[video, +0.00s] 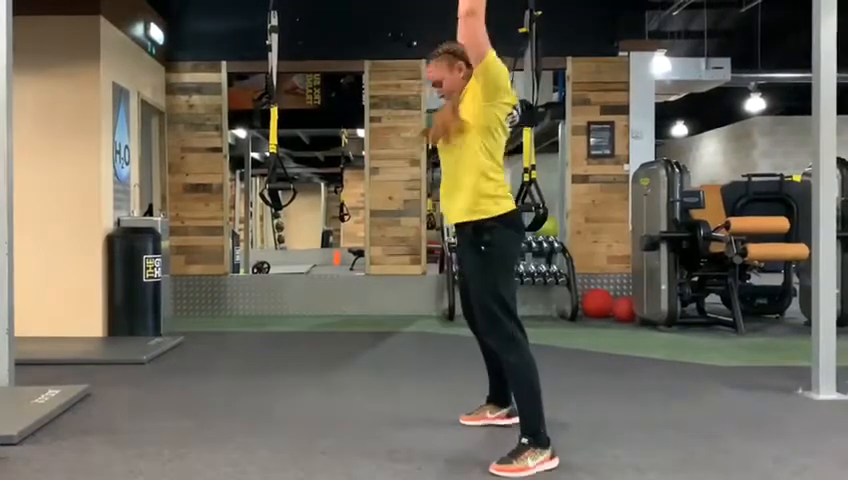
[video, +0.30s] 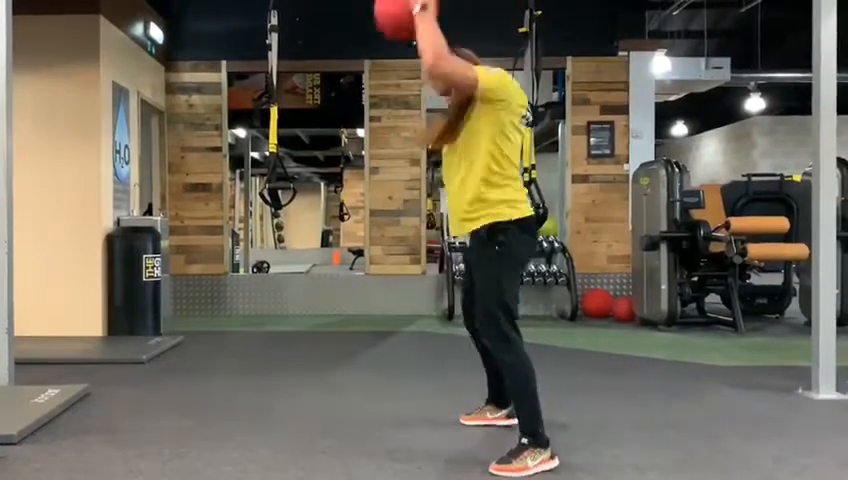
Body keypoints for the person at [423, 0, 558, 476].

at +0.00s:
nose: (437, 89)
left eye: (441, 81)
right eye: (434, 84)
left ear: (462, 68)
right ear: (448, 77)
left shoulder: (490, 85)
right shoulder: (454, 106)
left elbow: (472, 13)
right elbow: (436, 137)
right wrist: (453, 109)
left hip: (491, 224)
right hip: (468, 226)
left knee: (501, 326)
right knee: (478, 317)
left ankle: (538, 443)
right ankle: (501, 402)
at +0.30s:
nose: (444, 77)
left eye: (450, 70)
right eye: (443, 72)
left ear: (475, 64)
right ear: (462, 71)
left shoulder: (502, 85)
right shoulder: (468, 107)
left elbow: (438, 68)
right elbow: (434, 141)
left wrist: (425, 18)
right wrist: (459, 98)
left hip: (504, 226)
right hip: (482, 228)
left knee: (497, 327)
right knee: (478, 321)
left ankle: (537, 444)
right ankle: (500, 403)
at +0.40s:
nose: (442, 107)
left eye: (442, 98)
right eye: (438, 100)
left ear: (461, 81)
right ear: (457, 84)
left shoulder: (496, 95)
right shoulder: (474, 111)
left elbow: (456, 147)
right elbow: (445, 149)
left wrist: (406, 127)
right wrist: (396, 142)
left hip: (531, 221)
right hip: (508, 226)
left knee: (504, 316)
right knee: (489, 310)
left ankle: (535, 439)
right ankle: (503, 399)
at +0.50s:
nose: (430, 138)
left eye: (429, 128)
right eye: (426, 131)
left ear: (447, 111)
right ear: (446, 113)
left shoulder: (482, 134)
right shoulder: (470, 137)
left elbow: (485, 204)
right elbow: (468, 201)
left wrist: (438, 247)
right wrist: (440, 243)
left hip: (548, 235)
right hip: (528, 237)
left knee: (509, 324)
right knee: (495, 317)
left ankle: (541, 445)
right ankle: (512, 403)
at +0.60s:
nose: (416, 177)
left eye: (414, 168)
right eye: (411, 171)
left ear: (432, 150)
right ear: (428, 155)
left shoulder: (472, 171)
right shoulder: (456, 179)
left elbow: (501, 243)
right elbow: (479, 243)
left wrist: (477, 299)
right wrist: (471, 298)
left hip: (562, 244)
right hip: (535, 246)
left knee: (510, 331)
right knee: (494, 316)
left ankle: (543, 448)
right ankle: (511, 401)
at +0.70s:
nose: (411, 213)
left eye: (410, 204)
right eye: (406, 208)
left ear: (426, 184)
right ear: (424, 187)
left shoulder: (465, 201)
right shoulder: (451, 206)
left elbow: (489, 268)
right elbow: (472, 270)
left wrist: (475, 335)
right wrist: (463, 329)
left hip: (568, 251)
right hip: (545, 252)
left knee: (511, 335)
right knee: (498, 323)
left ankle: (546, 447)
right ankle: (513, 401)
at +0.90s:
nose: (408, 277)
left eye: (405, 270)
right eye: (402, 273)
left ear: (418, 251)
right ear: (418, 251)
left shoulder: (456, 257)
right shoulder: (445, 253)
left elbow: (462, 338)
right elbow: (456, 330)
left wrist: (449, 405)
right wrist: (443, 388)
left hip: (574, 258)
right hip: (554, 255)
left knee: (509, 333)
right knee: (493, 315)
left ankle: (544, 448)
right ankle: (512, 402)